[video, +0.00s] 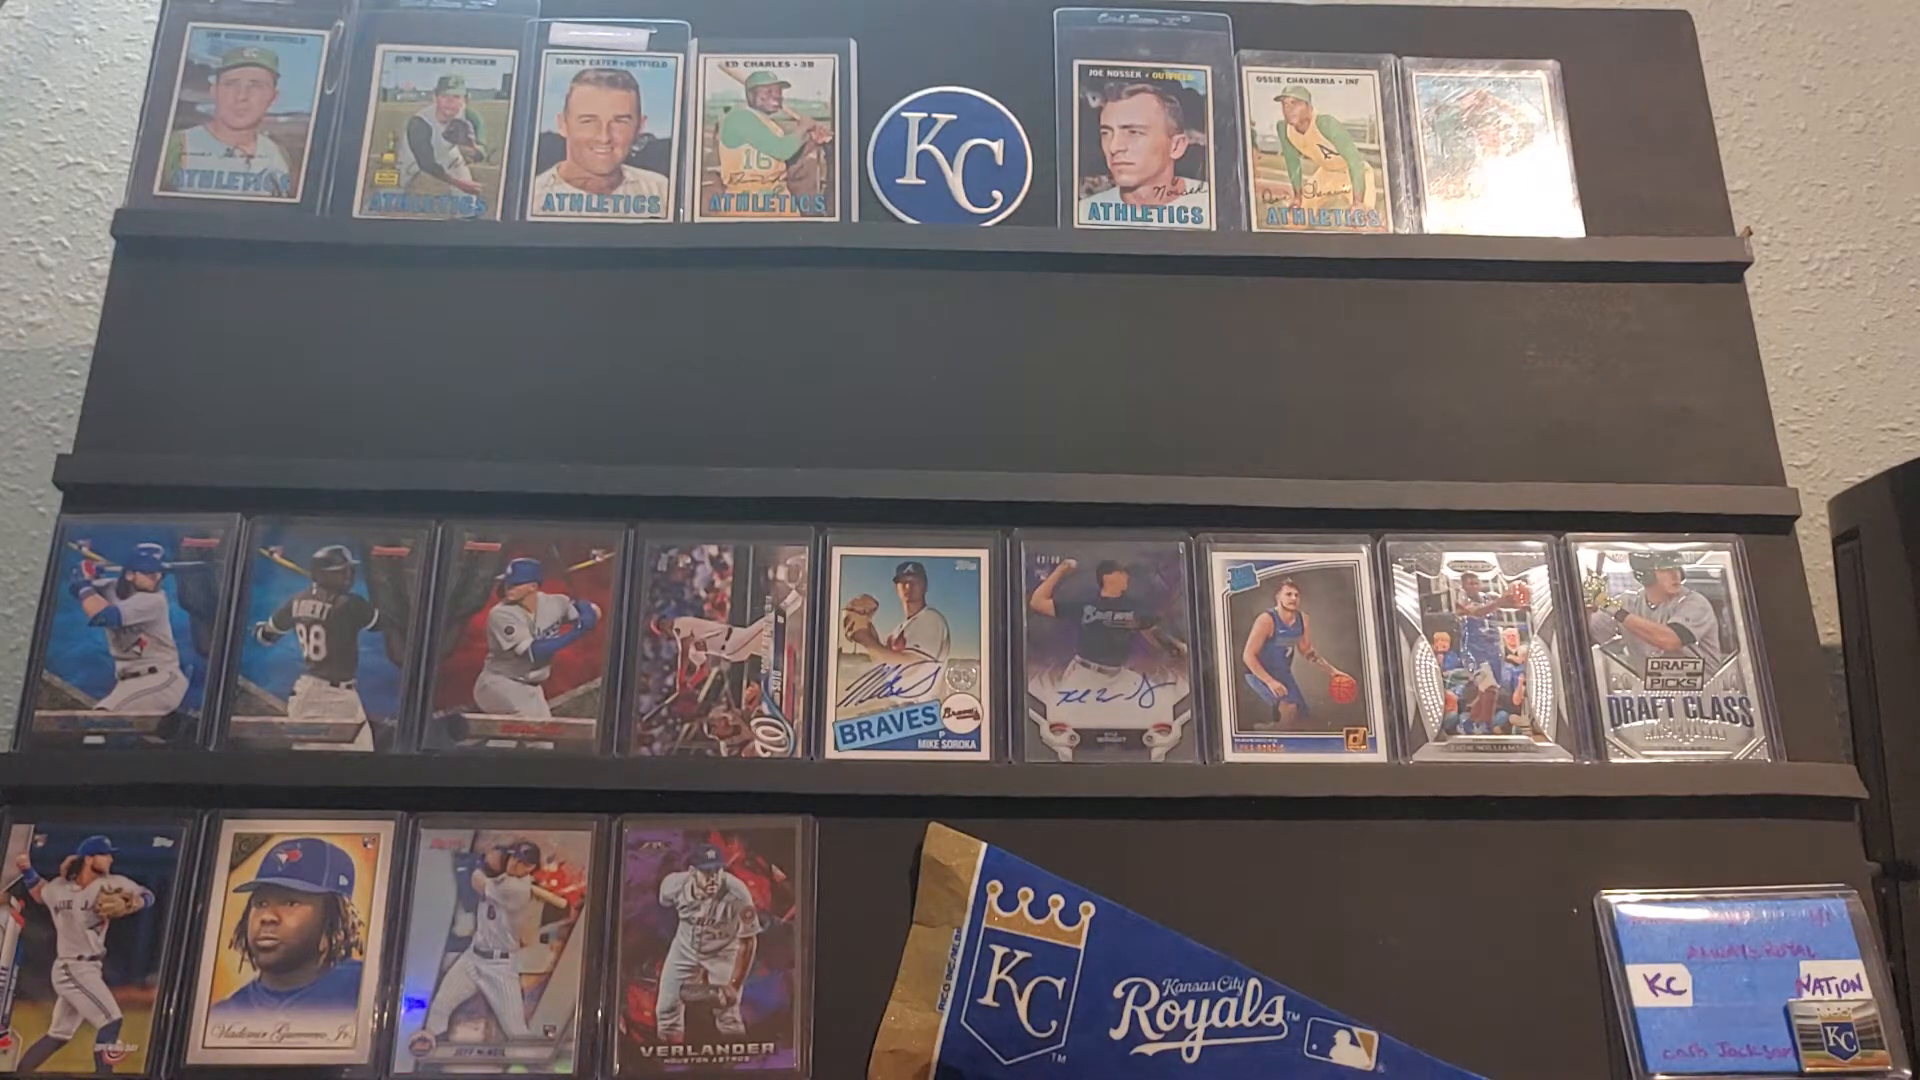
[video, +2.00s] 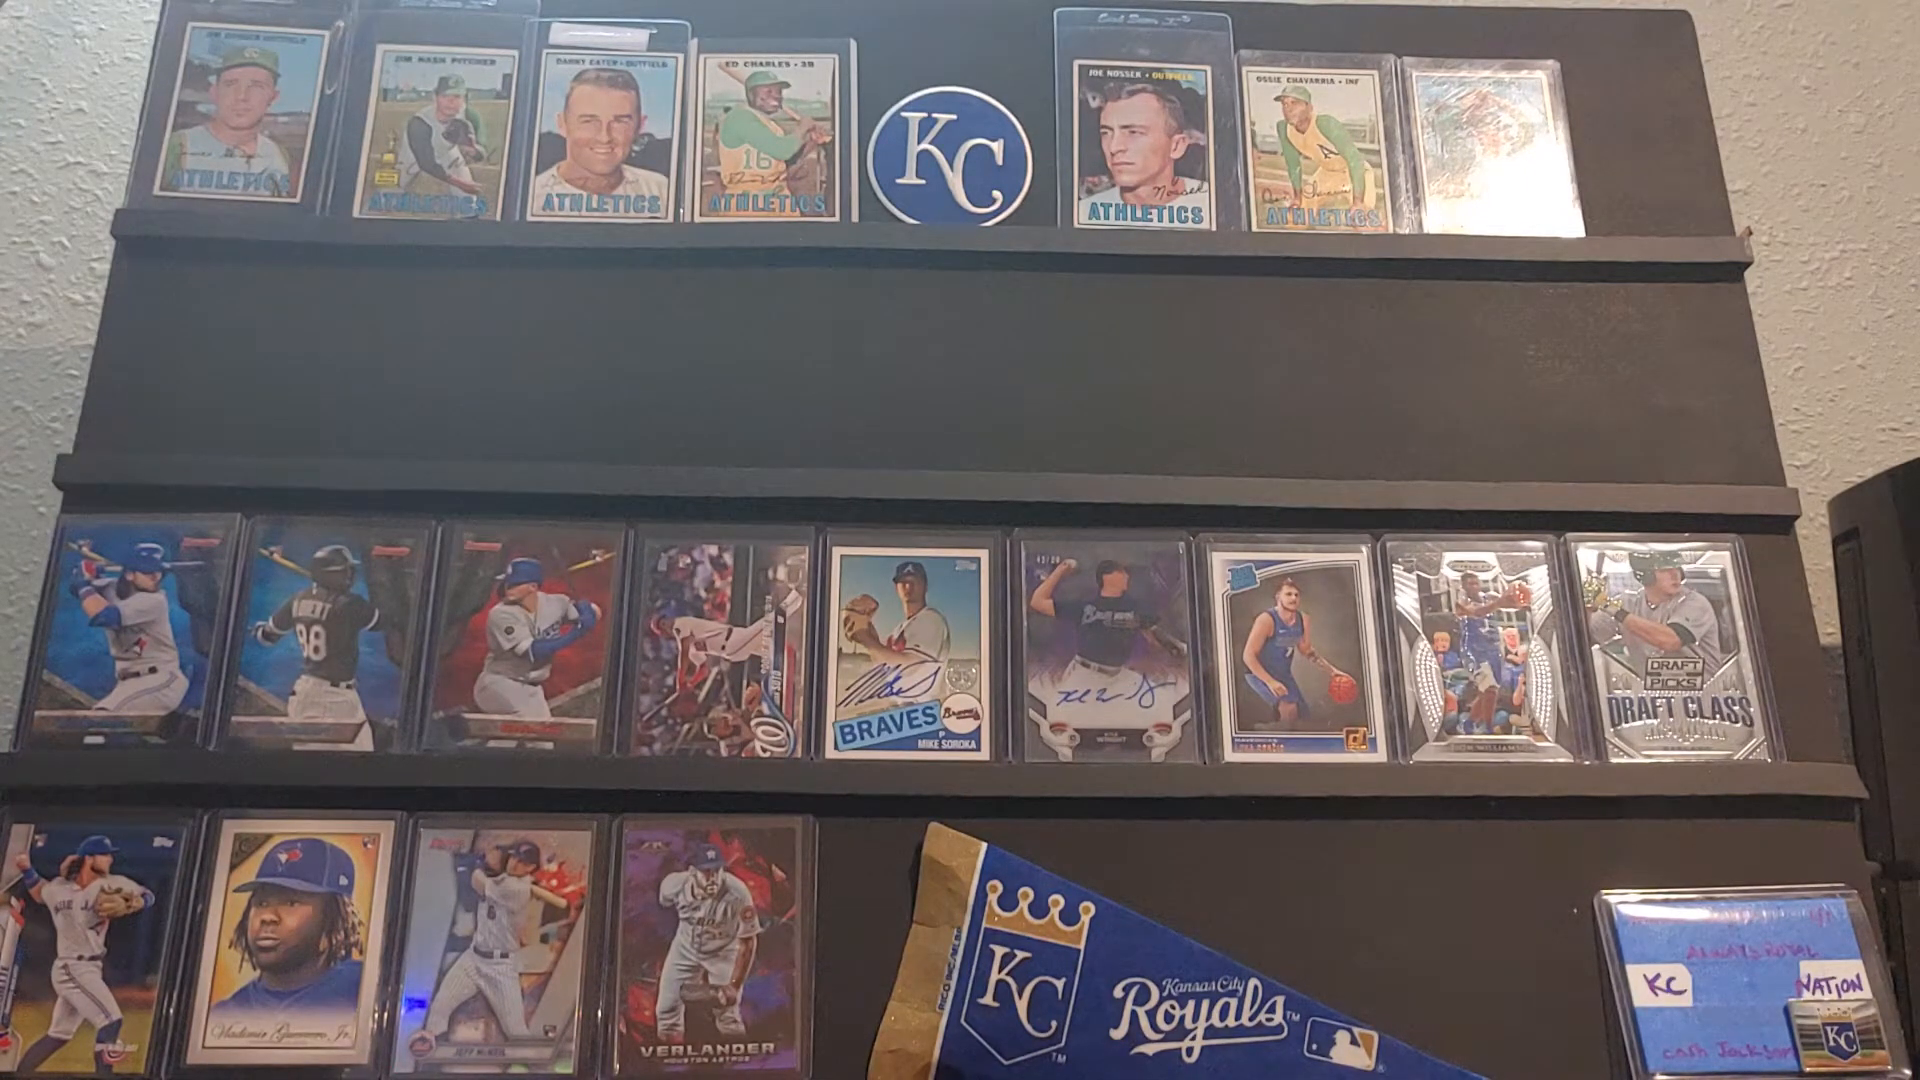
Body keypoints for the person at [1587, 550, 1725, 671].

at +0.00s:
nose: (1677, 576)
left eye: (1678, 569)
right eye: (1667, 569)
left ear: (1682, 571)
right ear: (1645, 573)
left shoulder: (1696, 604)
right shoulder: (1628, 603)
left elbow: (1671, 641)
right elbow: (1587, 636)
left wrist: (1620, 614)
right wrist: (1585, 610)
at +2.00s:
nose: (1675, 573)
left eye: (1676, 567)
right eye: (1665, 569)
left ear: (1682, 570)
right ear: (1644, 575)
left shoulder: (1696, 604)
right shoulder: (1628, 604)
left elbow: (1671, 641)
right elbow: (1586, 637)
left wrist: (1620, 614)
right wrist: (1585, 609)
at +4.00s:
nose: (1676, 575)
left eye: (1677, 568)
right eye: (1666, 570)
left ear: (1681, 571)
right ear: (1644, 575)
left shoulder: (1696, 604)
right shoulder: (1627, 604)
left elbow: (1671, 641)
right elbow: (1587, 637)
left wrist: (1619, 613)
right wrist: (1586, 609)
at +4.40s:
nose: (1676, 575)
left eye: (1677, 568)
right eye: (1666, 570)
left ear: (1682, 571)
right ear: (1645, 574)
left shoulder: (1696, 604)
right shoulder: (1628, 603)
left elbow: (1671, 641)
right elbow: (1589, 634)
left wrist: (1619, 614)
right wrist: (1584, 610)